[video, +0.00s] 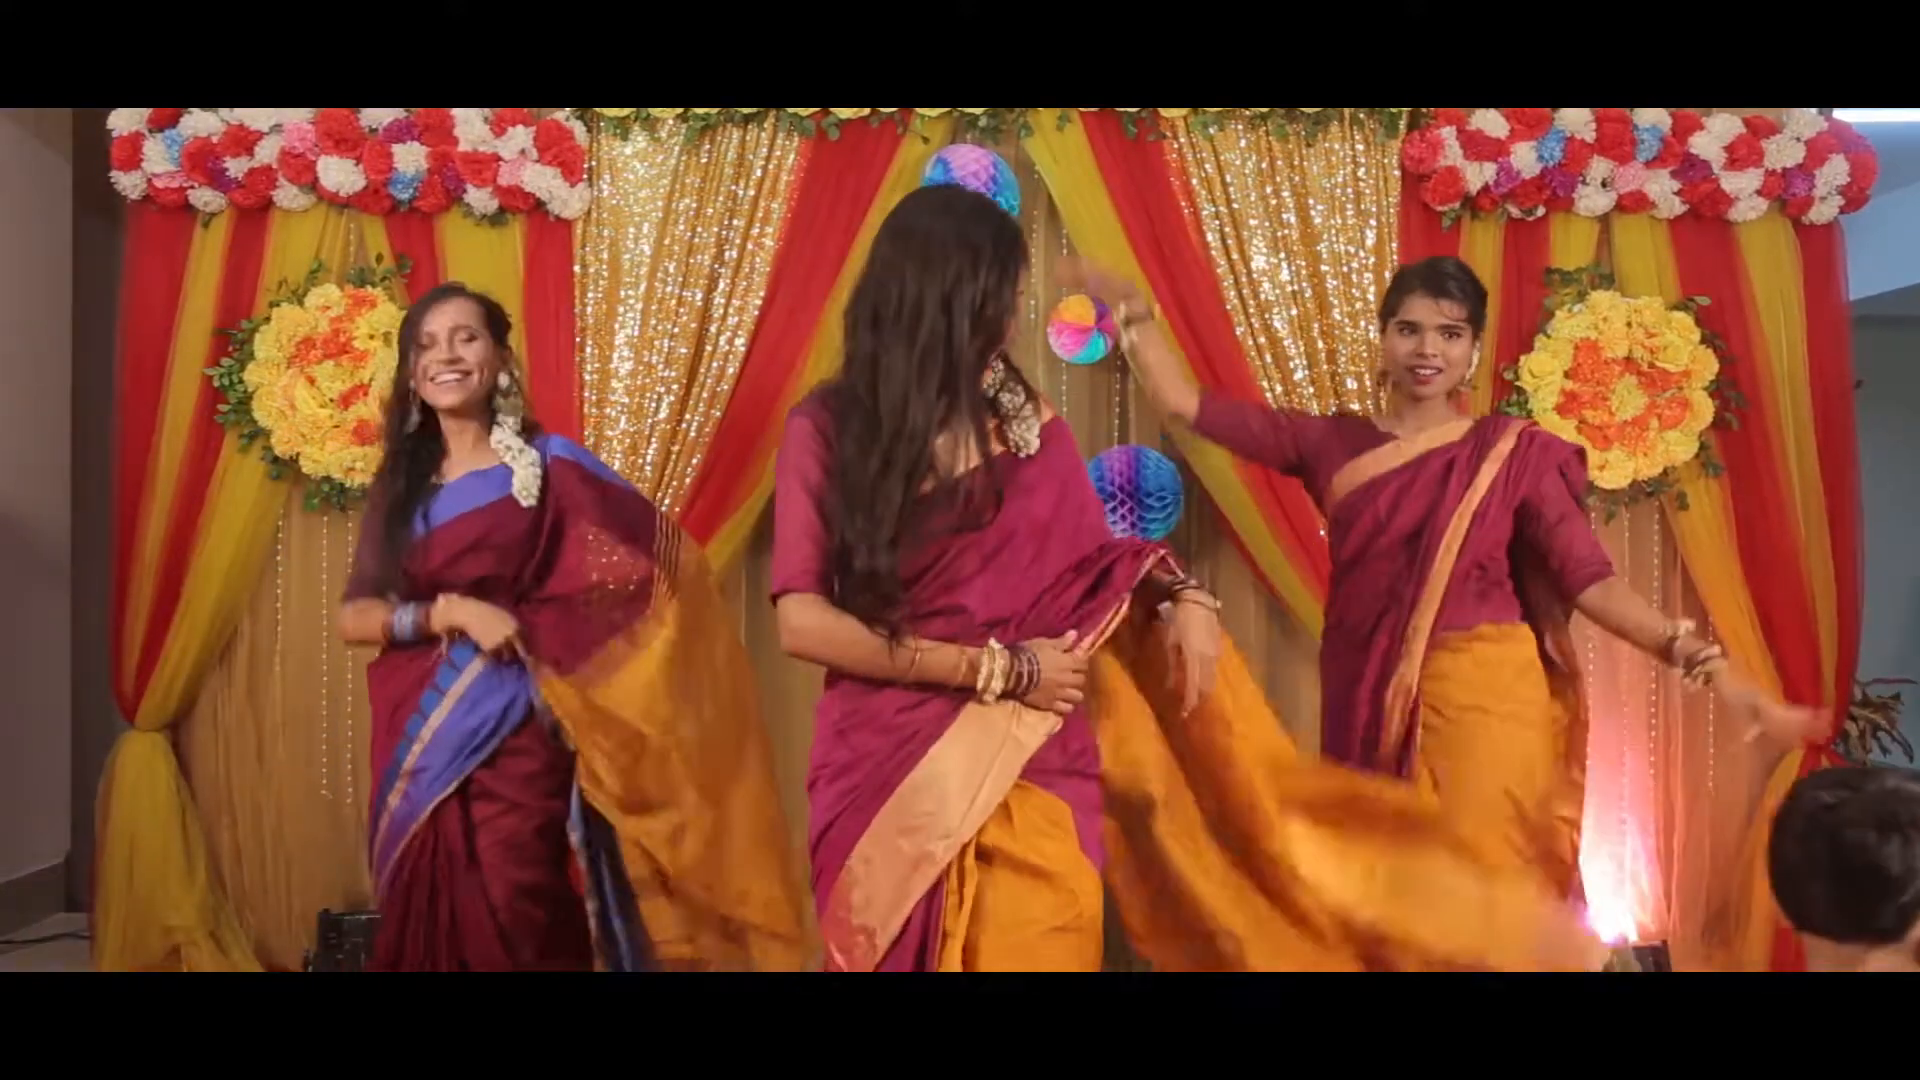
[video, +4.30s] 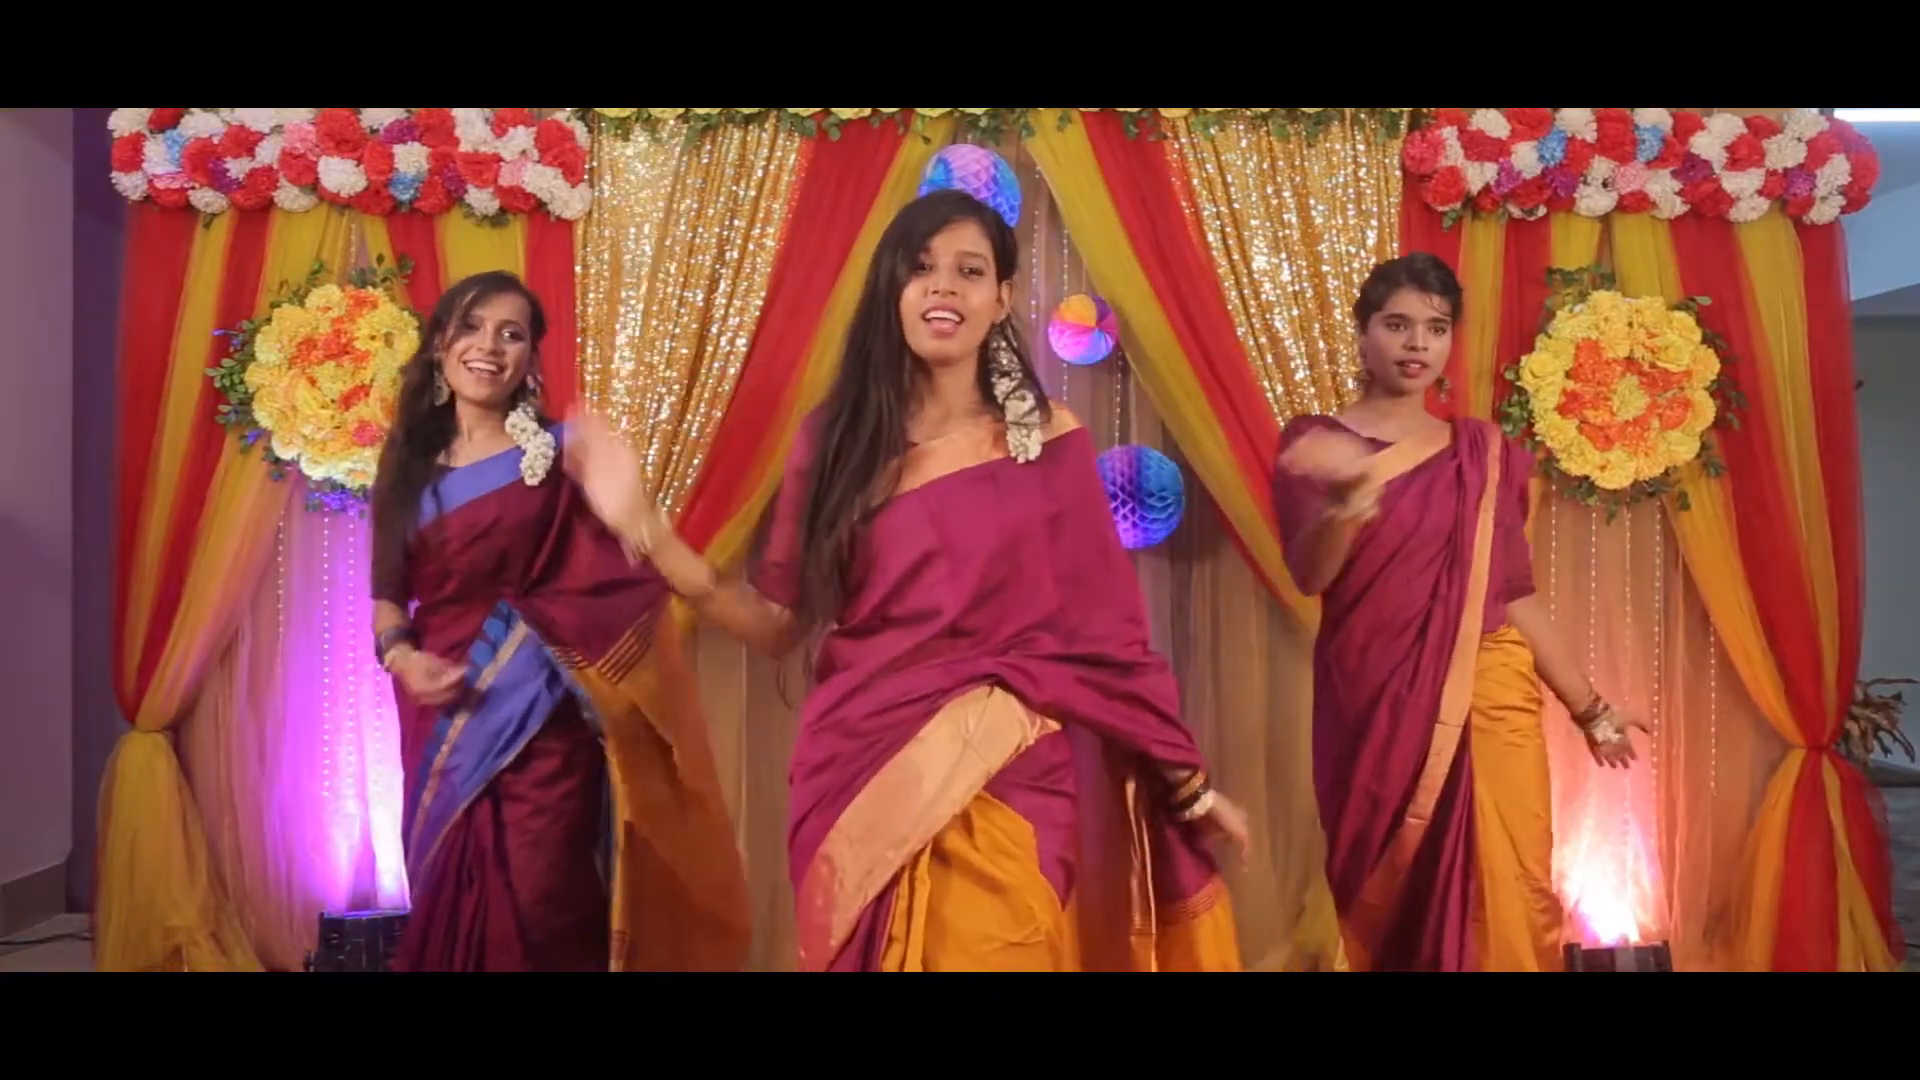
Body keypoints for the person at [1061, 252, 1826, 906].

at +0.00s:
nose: (1426, 348)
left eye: (1447, 333)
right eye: (1408, 330)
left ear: (1475, 351)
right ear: (1379, 343)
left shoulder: (1516, 450)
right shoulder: (1334, 442)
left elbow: (1586, 576)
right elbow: (1192, 409)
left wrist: (1665, 637)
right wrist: (1133, 313)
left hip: (1485, 688)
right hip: (1368, 702)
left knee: (1473, 888)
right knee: (1374, 896)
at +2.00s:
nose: (1391, 363)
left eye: (1411, 347)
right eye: (1374, 342)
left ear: (1433, 350)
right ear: (1344, 340)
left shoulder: (1475, 453)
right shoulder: (1298, 448)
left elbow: (1524, 593)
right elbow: (1141, 425)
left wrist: (1629, 659)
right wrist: (1094, 319)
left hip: (1479, 689)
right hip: (1359, 701)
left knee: (1487, 892)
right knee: (1371, 900)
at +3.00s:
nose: (1407, 388)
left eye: (1425, 370)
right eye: (1388, 367)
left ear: (1444, 365)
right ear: (1352, 358)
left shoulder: (1474, 457)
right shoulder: (1305, 461)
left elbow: (1550, 559)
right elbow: (1162, 495)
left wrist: (1557, 637)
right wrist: (1174, 369)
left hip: (1468, 706)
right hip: (1352, 716)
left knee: (1473, 907)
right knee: (1359, 915)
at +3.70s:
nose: (1411, 356)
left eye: (1430, 340)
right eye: (1392, 336)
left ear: (1451, 346)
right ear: (1360, 337)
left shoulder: (1493, 440)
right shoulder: (1321, 447)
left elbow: (1564, 542)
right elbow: (1243, 541)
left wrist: (1561, 630)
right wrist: (1280, 426)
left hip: (1480, 693)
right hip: (1363, 702)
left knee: (1488, 901)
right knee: (1366, 910)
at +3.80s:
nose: (1411, 352)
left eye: (1430, 335)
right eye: (1392, 332)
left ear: (1451, 343)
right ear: (1361, 336)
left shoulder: (1492, 440)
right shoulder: (1315, 444)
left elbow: (1564, 550)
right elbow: (1257, 580)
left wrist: (1569, 639)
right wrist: (1284, 520)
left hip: (1483, 691)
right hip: (1364, 700)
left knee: (1492, 904)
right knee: (1370, 907)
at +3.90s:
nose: (1412, 357)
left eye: (1431, 341)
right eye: (1394, 338)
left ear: (1451, 350)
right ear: (1360, 344)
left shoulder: (1497, 447)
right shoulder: (1312, 465)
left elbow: (1545, 580)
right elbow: (1289, 615)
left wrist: (1578, 678)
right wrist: (1331, 614)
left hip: (1480, 705)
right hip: (1365, 717)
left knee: (1488, 913)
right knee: (1370, 919)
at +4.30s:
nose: (1417, 342)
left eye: (1436, 327)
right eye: (1398, 323)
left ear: (1452, 342)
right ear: (1361, 333)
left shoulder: (1485, 449)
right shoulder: (1317, 445)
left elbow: (1515, 597)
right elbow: (1307, 575)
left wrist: (1589, 706)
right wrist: (1341, 518)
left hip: (1491, 694)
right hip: (1379, 702)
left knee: (1513, 900)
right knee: (1390, 904)